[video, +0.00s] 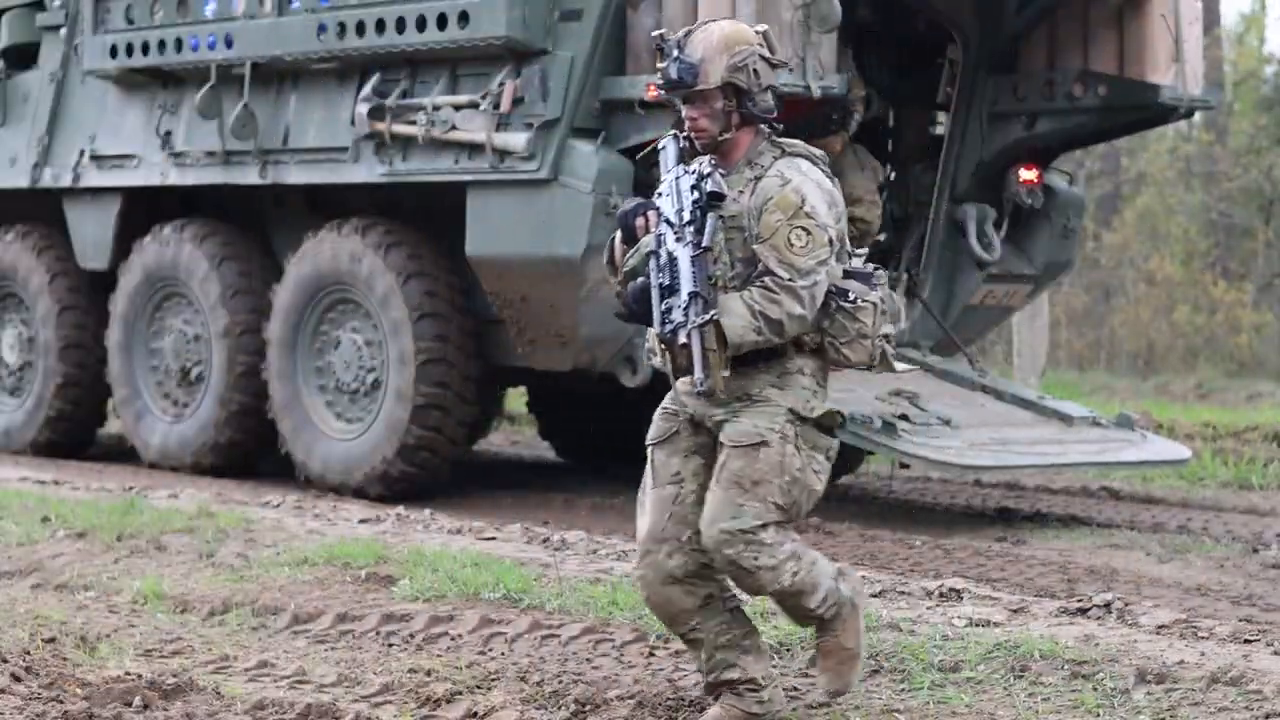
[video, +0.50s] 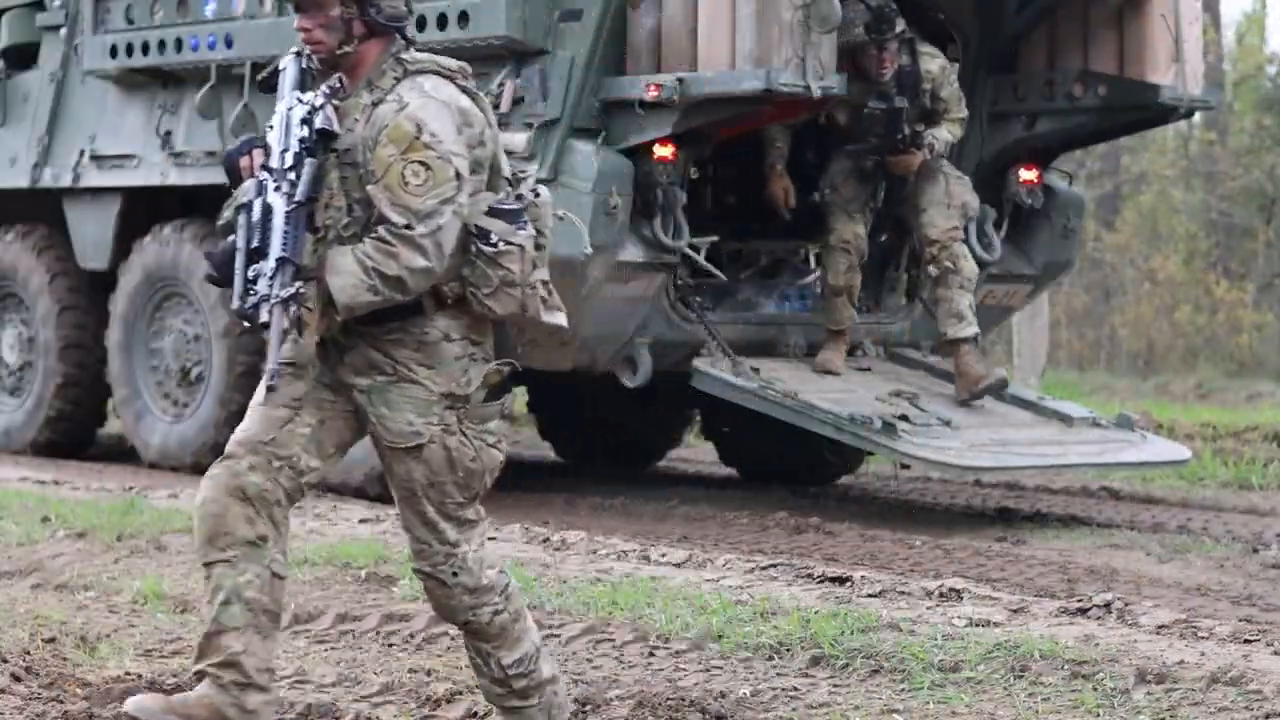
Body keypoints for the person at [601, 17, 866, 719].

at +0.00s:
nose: (685, 117)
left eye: (698, 103)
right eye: (681, 103)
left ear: (743, 103)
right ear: (685, 104)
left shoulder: (795, 186)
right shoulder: (691, 181)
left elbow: (793, 300)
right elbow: (634, 286)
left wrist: (706, 329)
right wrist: (634, 243)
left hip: (777, 398)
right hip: (693, 395)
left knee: (734, 533)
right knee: (665, 561)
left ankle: (836, 609)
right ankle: (738, 683)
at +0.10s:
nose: (628, 116)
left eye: (642, 103)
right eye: (625, 102)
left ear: (689, 105)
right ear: (627, 105)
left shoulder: (736, 195)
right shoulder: (635, 181)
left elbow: (737, 318)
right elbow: (577, 287)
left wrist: (634, 329)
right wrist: (572, 248)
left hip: (715, 402)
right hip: (634, 401)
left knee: (638, 530)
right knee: (633, 559)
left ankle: (665, 702)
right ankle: (741, 686)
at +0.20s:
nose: (566, 109)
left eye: (580, 94)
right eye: (562, 94)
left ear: (628, 94)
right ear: (563, 93)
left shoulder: (673, 194)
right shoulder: (579, 178)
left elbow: (664, 321)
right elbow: (516, 285)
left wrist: (556, 334)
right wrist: (501, 244)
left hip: (635, 418)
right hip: (574, 410)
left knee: (563, 570)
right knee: (622, 585)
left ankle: (551, 708)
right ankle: (748, 694)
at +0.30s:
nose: (489, 95)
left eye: (504, 81)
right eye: (488, 80)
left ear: (554, 86)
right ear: (503, 84)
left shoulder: (601, 186)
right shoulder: (505, 164)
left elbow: (588, 317)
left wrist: (479, 326)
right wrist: (438, 238)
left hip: (566, 411)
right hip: (489, 405)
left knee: (508, 591)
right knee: (480, 588)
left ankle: (551, 706)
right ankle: (622, 620)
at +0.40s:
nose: (398, 63)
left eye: (412, 49)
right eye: (395, 49)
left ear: (460, 53)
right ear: (408, 55)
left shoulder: (515, 155)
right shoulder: (422, 130)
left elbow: (510, 287)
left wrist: (407, 315)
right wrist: (363, 195)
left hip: (501, 402)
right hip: (411, 384)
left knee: (495, 597)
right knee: (333, 505)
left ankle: (541, 704)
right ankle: (443, 642)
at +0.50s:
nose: (301, 26)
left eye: (316, 12)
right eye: (298, 13)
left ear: (365, 17)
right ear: (334, 22)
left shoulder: (418, 111)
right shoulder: (332, 99)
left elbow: (421, 252)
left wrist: (316, 284)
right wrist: (264, 163)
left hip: (423, 354)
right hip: (334, 351)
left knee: (454, 566)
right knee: (237, 495)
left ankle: (533, 702)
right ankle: (235, 686)